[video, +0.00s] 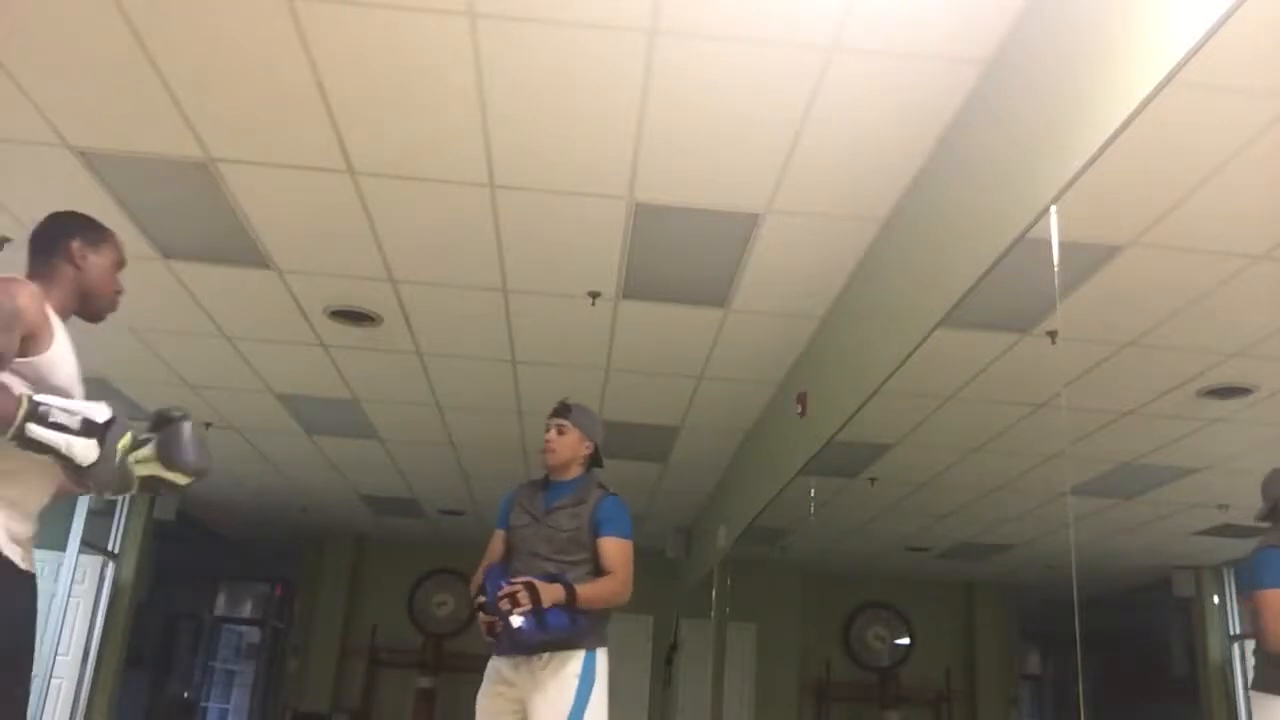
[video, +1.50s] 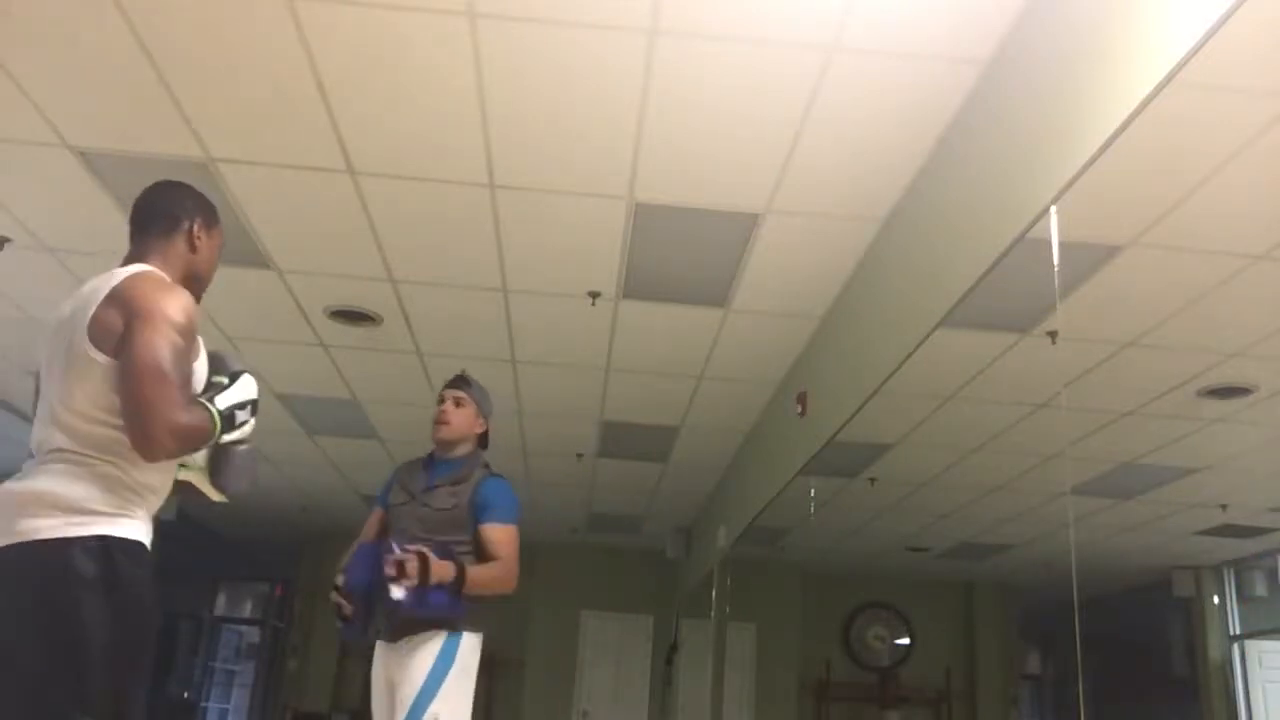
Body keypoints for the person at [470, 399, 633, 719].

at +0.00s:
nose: (548, 437)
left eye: (561, 431)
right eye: (547, 430)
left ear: (587, 447)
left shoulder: (605, 506)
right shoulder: (518, 499)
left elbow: (620, 587)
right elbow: (488, 567)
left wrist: (555, 593)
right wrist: (485, 603)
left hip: (569, 664)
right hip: (507, 660)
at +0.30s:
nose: (521, 434)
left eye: (533, 427)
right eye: (521, 427)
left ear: (560, 443)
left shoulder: (579, 500)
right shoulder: (499, 498)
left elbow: (590, 579)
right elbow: (471, 564)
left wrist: (520, 581)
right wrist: (461, 601)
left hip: (542, 660)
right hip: (482, 656)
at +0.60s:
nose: (492, 430)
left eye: (505, 423)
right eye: (491, 424)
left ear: (530, 439)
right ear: (486, 434)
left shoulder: (544, 493)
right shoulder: (469, 495)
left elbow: (552, 570)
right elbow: (437, 556)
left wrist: (480, 568)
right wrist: (417, 590)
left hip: (503, 654)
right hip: (444, 648)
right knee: (434, 713)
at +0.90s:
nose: (468, 432)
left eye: (480, 425)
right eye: (465, 424)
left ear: (505, 439)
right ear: (460, 432)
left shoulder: (520, 492)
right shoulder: (439, 493)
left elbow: (533, 568)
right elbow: (409, 551)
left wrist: (462, 545)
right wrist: (394, 592)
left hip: (480, 639)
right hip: (425, 637)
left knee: (466, 713)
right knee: (412, 713)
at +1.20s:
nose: (457, 423)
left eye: (470, 416)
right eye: (454, 415)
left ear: (493, 435)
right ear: (447, 426)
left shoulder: (507, 487)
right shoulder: (419, 487)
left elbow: (531, 563)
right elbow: (386, 549)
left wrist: (489, 517)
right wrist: (369, 587)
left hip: (466, 639)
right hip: (410, 638)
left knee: (453, 713)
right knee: (407, 714)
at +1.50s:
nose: (443, 408)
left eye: (457, 403)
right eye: (441, 401)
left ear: (480, 424)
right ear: (432, 413)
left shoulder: (489, 488)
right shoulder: (404, 476)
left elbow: (506, 575)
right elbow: (366, 542)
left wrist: (442, 572)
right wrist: (347, 581)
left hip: (445, 640)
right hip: (390, 637)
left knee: (427, 712)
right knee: (387, 712)